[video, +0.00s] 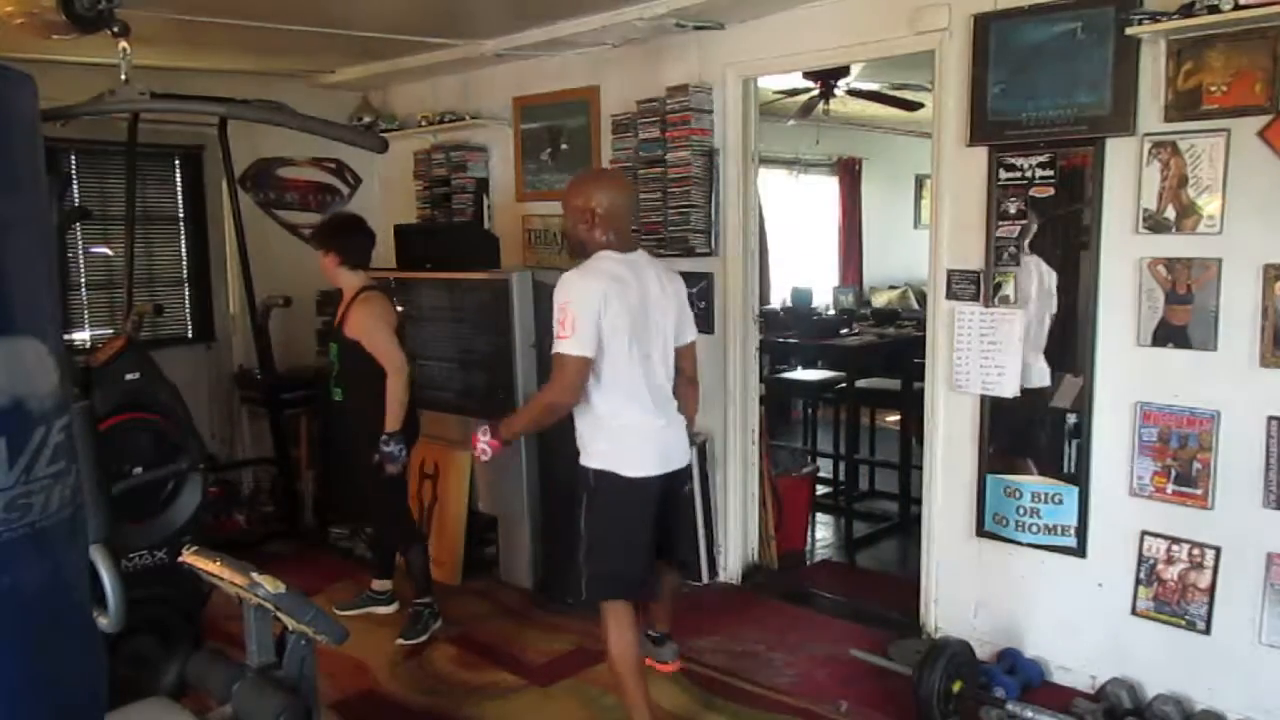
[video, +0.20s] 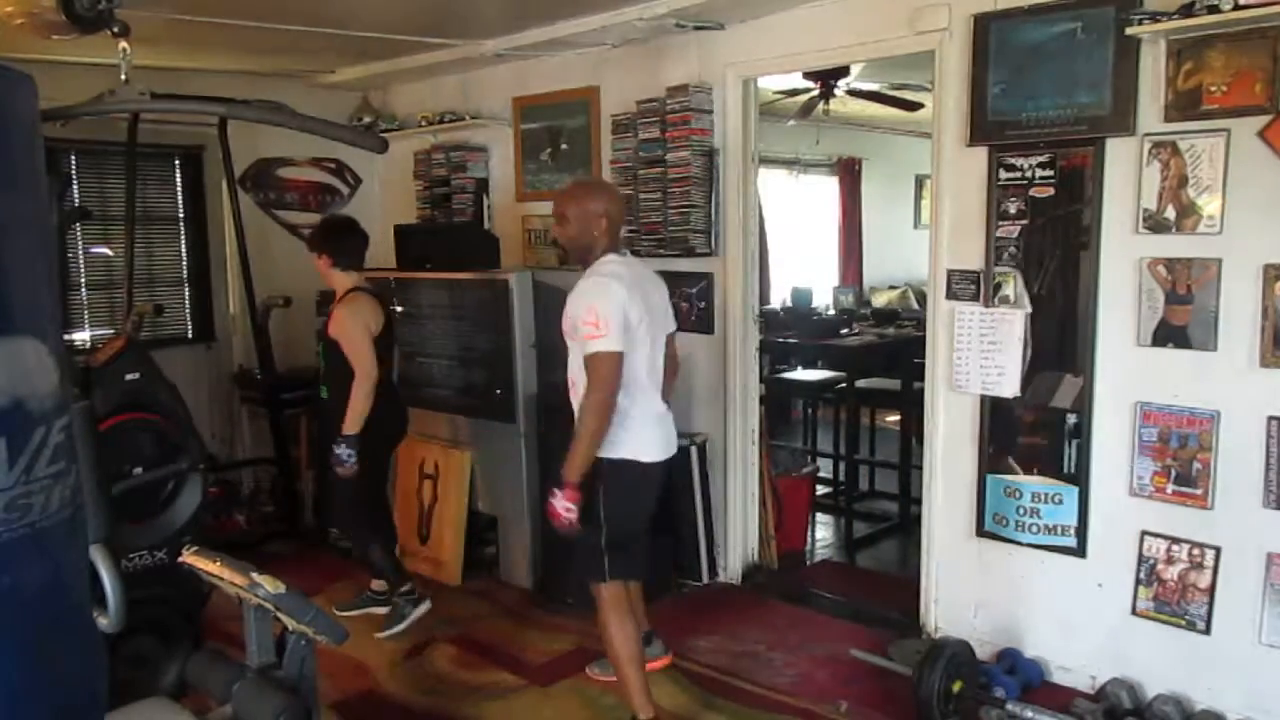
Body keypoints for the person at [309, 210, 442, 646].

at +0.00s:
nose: (320, 262)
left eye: (323, 254)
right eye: (321, 253)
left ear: (334, 259)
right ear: (359, 254)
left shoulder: (367, 309)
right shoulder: (353, 301)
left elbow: (398, 369)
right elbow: (369, 366)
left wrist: (393, 433)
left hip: (383, 427)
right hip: (364, 423)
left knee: (395, 513)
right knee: (379, 510)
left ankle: (425, 604)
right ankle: (381, 588)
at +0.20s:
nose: (314, 263)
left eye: (316, 256)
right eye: (315, 255)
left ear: (325, 261)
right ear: (356, 255)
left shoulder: (348, 312)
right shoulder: (368, 301)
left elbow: (367, 376)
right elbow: (378, 369)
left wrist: (348, 437)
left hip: (363, 424)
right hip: (378, 417)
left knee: (354, 509)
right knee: (371, 503)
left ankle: (405, 593)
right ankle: (383, 584)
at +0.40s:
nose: (308, 262)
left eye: (309, 255)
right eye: (308, 255)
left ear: (319, 258)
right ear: (349, 254)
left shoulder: (332, 310)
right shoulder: (366, 299)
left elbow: (343, 372)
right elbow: (374, 364)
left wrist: (309, 427)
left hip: (350, 418)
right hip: (378, 413)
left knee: (323, 494)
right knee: (366, 497)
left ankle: (343, 585)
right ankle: (381, 586)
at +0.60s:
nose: (297, 263)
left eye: (297, 256)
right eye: (297, 256)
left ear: (307, 258)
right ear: (337, 254)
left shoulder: (312, 310)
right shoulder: (359, 301)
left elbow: (319, 374)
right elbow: (376, 364)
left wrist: (295, 432)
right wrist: (358, 395)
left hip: (326, 422)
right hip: (361, 417)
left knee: (303, 503)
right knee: (363, 502)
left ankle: (295, 587)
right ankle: (380, 587)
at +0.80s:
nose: (278, 258)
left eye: (280, 252)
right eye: (280, 251)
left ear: (286, 256)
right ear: (322, 253)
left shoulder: (288, 309)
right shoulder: (347, 303)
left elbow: (294, 375)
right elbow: (363, 362)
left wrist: (279, 437)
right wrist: (363, 409)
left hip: (307, 427)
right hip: (349, 420)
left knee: (292, 513)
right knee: (359, 500)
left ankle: (290, 591)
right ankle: (377, 584)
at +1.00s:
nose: (260, 259)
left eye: (260, 253)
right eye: (262, 252)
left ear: (266, 257)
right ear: (303, 253)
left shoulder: (264, 308)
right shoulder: (327, 302)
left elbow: (262, 374)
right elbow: (346, 363)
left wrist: (241, 430)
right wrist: (346, 414)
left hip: (283, 426)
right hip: (327, 419)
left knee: (283, 506)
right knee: (330, 495)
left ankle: (289, 590)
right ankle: (366, 568)